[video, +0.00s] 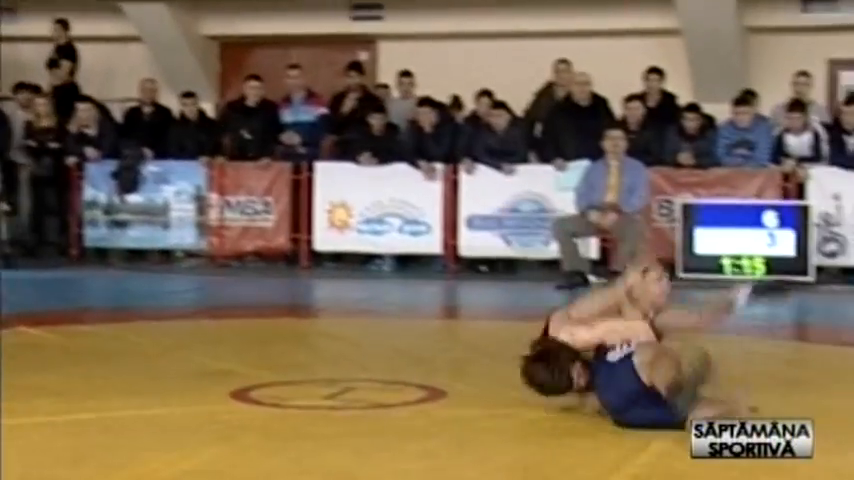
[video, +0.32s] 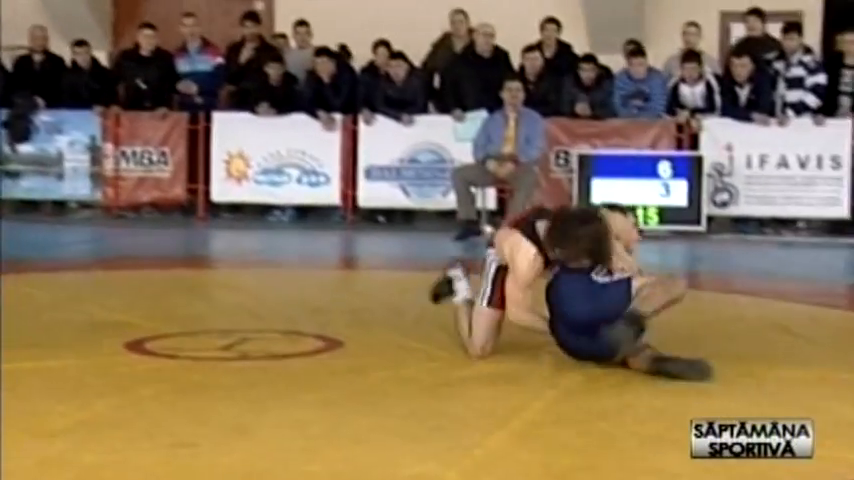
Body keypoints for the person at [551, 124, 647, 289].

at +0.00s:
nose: (615, 144)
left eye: (619, 140)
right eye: (610, 140)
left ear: (626, 144)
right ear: (603, 144)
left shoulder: (636, 168)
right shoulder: (594, 168)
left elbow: (640, 197)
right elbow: (582, 193)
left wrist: (619, 212)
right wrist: (589, 212)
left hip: (621, 214)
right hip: (596, 213)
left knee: (634, 229)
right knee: (562, 226)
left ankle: (619, 272)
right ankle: (574, 271)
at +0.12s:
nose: (571, 129)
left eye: (575, 125)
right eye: (566, 125)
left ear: (581, 129)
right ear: (559, 128)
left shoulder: (591, 152)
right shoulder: (551, 152)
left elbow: (597, 181)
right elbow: (537, 178)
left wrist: (575, 197)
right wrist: (545, 196)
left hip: (577, 198)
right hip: (552, 197)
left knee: (588, 212)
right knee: (518, 210)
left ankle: (574, 256)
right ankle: (530, 255)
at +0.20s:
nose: (545, 116)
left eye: (550, 111)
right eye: (541, 111)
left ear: (556, 115)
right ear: (534, 115)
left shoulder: (565, 139)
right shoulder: (525, 139)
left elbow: (571, 167)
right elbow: (512, 164)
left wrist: (550, 182)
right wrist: (519, 182)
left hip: (551, 184)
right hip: (527, 182)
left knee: (560, 200)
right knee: (492, 196)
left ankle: (547, 247)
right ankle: (503, 241)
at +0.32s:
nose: (513, 95)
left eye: (517, 91)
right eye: (509, 91)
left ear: (523, 95)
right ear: (502, 95)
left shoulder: (533, 119)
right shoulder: (493, 119)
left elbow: (538, 148)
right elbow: (479, 144)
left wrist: (518, 161)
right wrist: (487, 161)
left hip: (518, 164)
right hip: (494, 163)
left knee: (528, 179)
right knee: (460, 174)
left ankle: (511, 225)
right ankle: (469, 221)